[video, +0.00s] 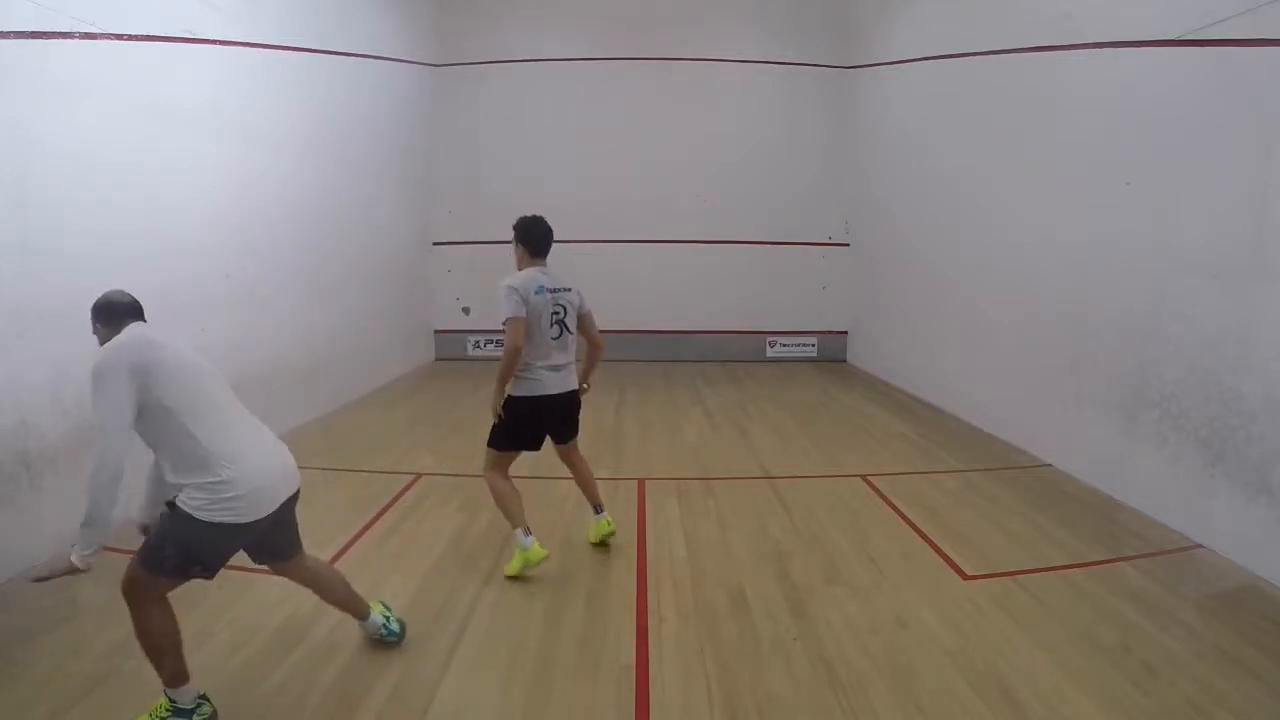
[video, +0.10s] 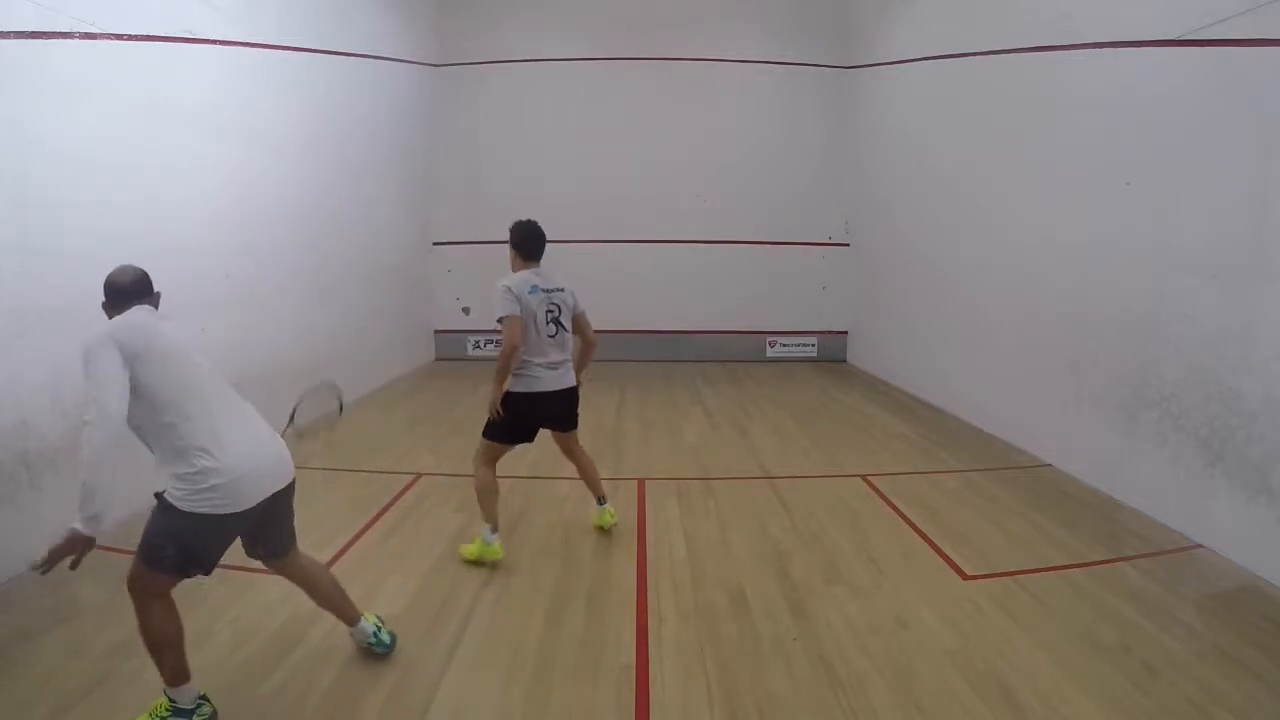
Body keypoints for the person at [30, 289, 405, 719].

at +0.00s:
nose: (96, 341)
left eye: (95, 334)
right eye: (97, 333)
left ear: (101, 329)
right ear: (140, 319)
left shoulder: (114, 360)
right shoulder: (169, 348)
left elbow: (110, 459)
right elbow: (170, 446)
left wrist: (84, 547)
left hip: (222, 499)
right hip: (278, 476)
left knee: (141, 588)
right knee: (292, 560)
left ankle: (185, 703)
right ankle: (377, 620)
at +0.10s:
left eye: (111, 305)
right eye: (154, 296)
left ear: (107, 306)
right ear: (155, 299)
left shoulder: (109, 339)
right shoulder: (174, 335)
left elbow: (102, 426)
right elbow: (204, 409)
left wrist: (87, 525)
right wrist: (178, 482)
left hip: (209, 487)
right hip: (273, 464)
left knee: (148, 585)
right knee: (284, 554)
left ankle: (185, 700)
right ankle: (369, 631)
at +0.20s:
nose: (122, 289)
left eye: (123, 283)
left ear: (125, 286)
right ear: (174, 282)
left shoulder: (119, 324)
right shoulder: (211, 317)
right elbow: (264, 373)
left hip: (205, 482)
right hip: (272, 464)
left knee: (151, 586)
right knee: (279, 557)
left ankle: (184, 701)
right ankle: (372, 638)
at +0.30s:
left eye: (154, 265)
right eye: (199, 261)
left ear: (151, 271)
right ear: (202, 265)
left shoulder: (143, 325)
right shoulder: (238, 313)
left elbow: (143, 416)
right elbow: (305, 369)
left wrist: (131, 503)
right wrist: (327, 403)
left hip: (218, 485)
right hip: (284, 471)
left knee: (159, 580)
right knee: (283, 563)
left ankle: (183, 702)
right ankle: (385, 640)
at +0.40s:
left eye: (188, 251)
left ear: (190, 260)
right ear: (240, 255)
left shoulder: (177, 320)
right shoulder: (278, 305)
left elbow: (179, 415)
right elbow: (332, 376)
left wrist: (180, 483)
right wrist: (352, 433)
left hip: (241, 483)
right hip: (310, 472)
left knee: (187, 578)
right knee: (313, 564)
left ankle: (185, 702)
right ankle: (399, 664)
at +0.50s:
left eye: (231, 242)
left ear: (230, 249)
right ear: (281, 244)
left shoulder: (220, 308)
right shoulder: (322, 297)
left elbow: (221, 399)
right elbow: (361, 378)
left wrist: (215, 465)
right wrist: (380, 448)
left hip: (275, 472)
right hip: (347, 460)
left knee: (231, 586)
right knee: (353, 563)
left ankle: (200, 695)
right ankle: (413, 676)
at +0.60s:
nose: (266, 232)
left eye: (265, 226)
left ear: (266, 232)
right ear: (316, 227)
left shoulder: (257, 286)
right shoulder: (357, 277)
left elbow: (247, 370)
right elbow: (392, 358)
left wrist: (241, 437)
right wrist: (409, 426)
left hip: (303, 451)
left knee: (272, 564)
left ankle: (259, 686)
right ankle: (415, 677)